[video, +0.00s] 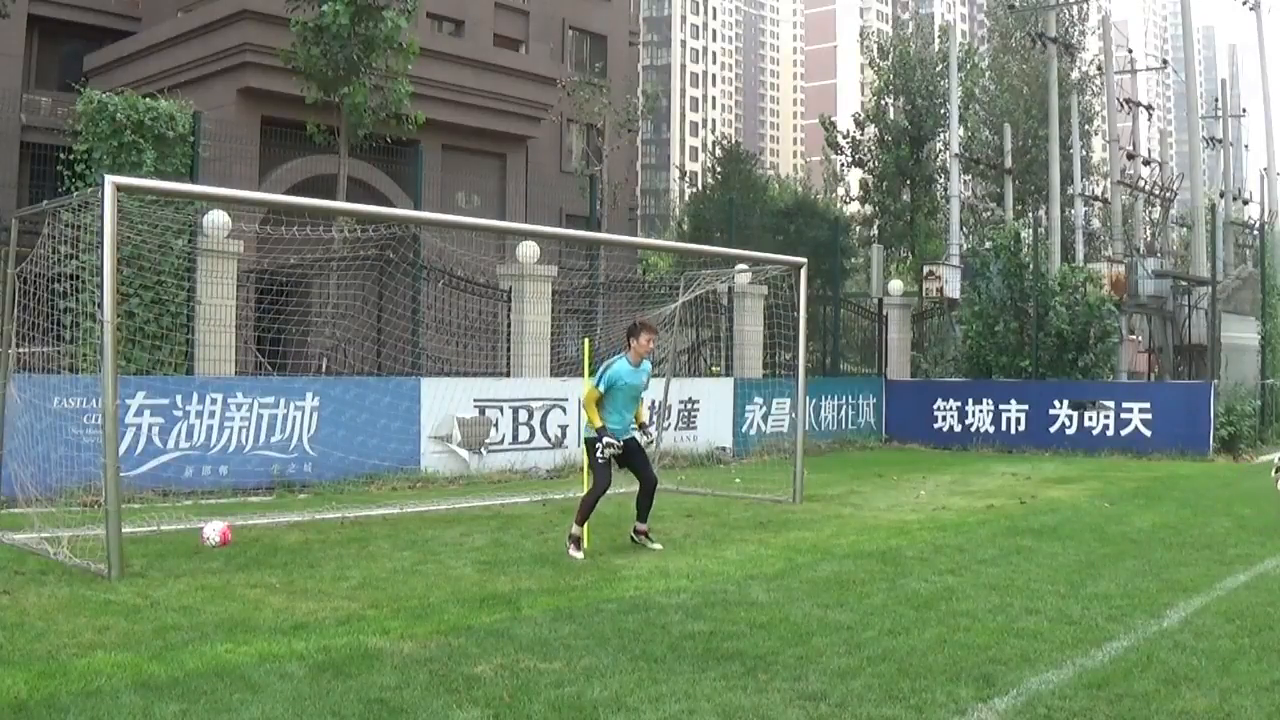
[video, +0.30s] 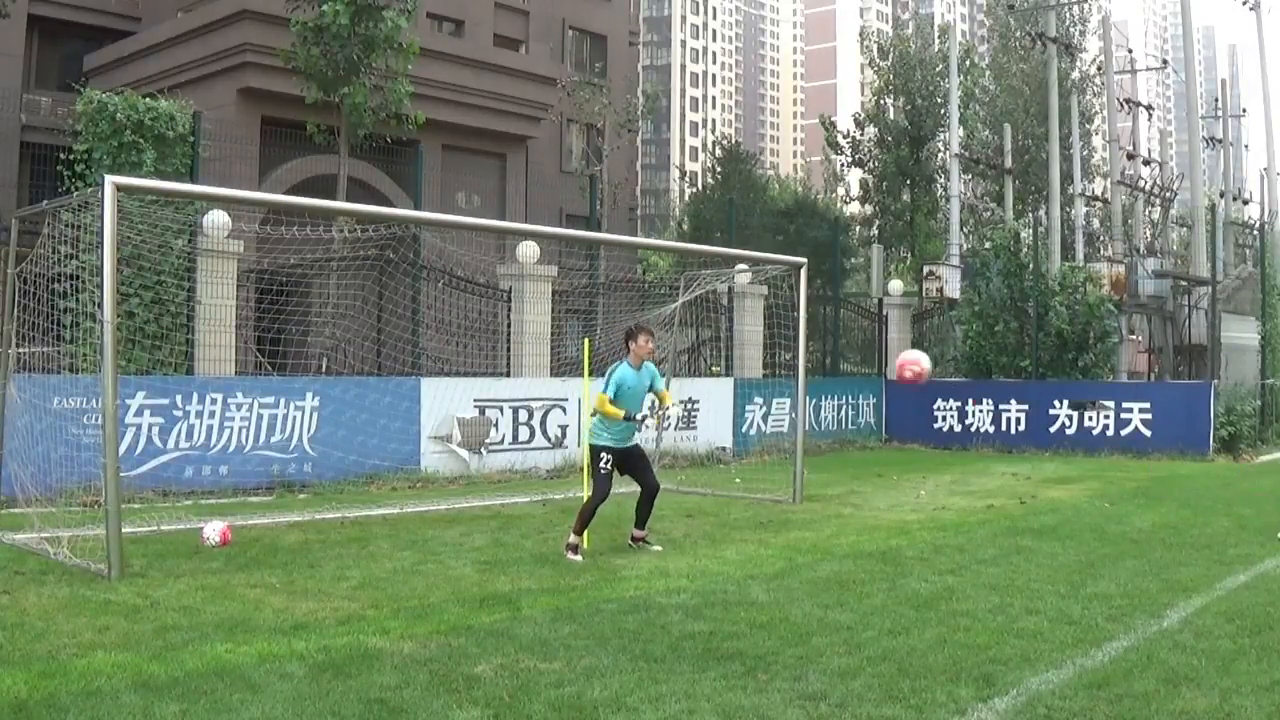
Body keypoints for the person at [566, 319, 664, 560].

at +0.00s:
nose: (652, 346)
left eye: (653, 342)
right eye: (648, 341)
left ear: (652, 344)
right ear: (632, 341)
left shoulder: (646, 368)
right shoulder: (613, 368)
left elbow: (636, 400)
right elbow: (588, 401)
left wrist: (643, 424)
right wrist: (602, 433)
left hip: (626, 435)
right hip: (600, 435)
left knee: (649, 480)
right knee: (602, 483)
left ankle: (640, 531)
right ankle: (575, 535)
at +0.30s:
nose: (652, 346)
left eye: (652, 342)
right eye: (647, 342)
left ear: (648, 346)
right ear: (631, 345)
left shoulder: (650, 371)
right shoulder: (618, 371)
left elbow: (664, 396)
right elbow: (601, 404)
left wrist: (666, 407)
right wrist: (630, 416)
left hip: (627, 443)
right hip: (602, 442)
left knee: (651, 486)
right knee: (601, 492)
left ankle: (638, 537)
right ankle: (573, 541)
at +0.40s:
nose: (649, 338)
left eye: (650, 334)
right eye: (644, 334)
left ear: (650, 339)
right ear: (629, 337)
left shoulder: (651, 359)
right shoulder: (619, 358)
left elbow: (679, 363)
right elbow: (617, 375)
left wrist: (685, 350)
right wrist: (646, 358)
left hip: (627, 436)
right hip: (604, 436)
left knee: (647, 482)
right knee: (595, 489)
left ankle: (638, 536)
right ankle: (572, 539)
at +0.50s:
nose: (641, 324)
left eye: (643, 320)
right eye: (637, 320)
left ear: (644, 323)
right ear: (625, 323)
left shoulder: (648, 343)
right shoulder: (616, 347)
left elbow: (675, 331)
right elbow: (631, 335)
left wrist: (670, 306)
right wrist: (643, 306)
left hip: (632, 423)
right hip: (609, 421)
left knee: (643, 477)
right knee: (594, 482)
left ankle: (641, 529)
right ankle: (567, 533)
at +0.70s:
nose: (629, 350)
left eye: (632, 346)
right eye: (624, 346)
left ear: (635, 349)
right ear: (613, 350)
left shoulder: (639, 366)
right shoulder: (606, 370)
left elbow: (667, 350)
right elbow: (604, 344)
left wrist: (681, 326)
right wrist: (628, 320)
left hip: (630, 443)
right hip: (605, 444)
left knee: (652, 498)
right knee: (603, 495)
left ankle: (647, 536)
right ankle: (575, 536)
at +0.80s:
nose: (622, 354)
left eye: (625, 350)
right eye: (617, 350)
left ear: (628, 353)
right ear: (605, 354)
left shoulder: (634, 374)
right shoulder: (594, 374)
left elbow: (663, 374)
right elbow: (574, 360)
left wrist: (669, 357)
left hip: (625, 450)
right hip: (597, 448)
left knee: (644, 496)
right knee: (600, 496)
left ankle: (646, 537)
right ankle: (592, 543)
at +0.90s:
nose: (609, 349)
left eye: (612, 344)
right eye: (604, 344)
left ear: (614, 346)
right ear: (591, 347)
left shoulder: (616, 369)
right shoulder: (573, 368)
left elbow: (618, 394)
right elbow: (538, 384)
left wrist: (631, 407)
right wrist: (557, 396)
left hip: (597, 443)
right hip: (570, 441)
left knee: (624, 488)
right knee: (584, 494)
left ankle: (626, 528)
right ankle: (577, 534)